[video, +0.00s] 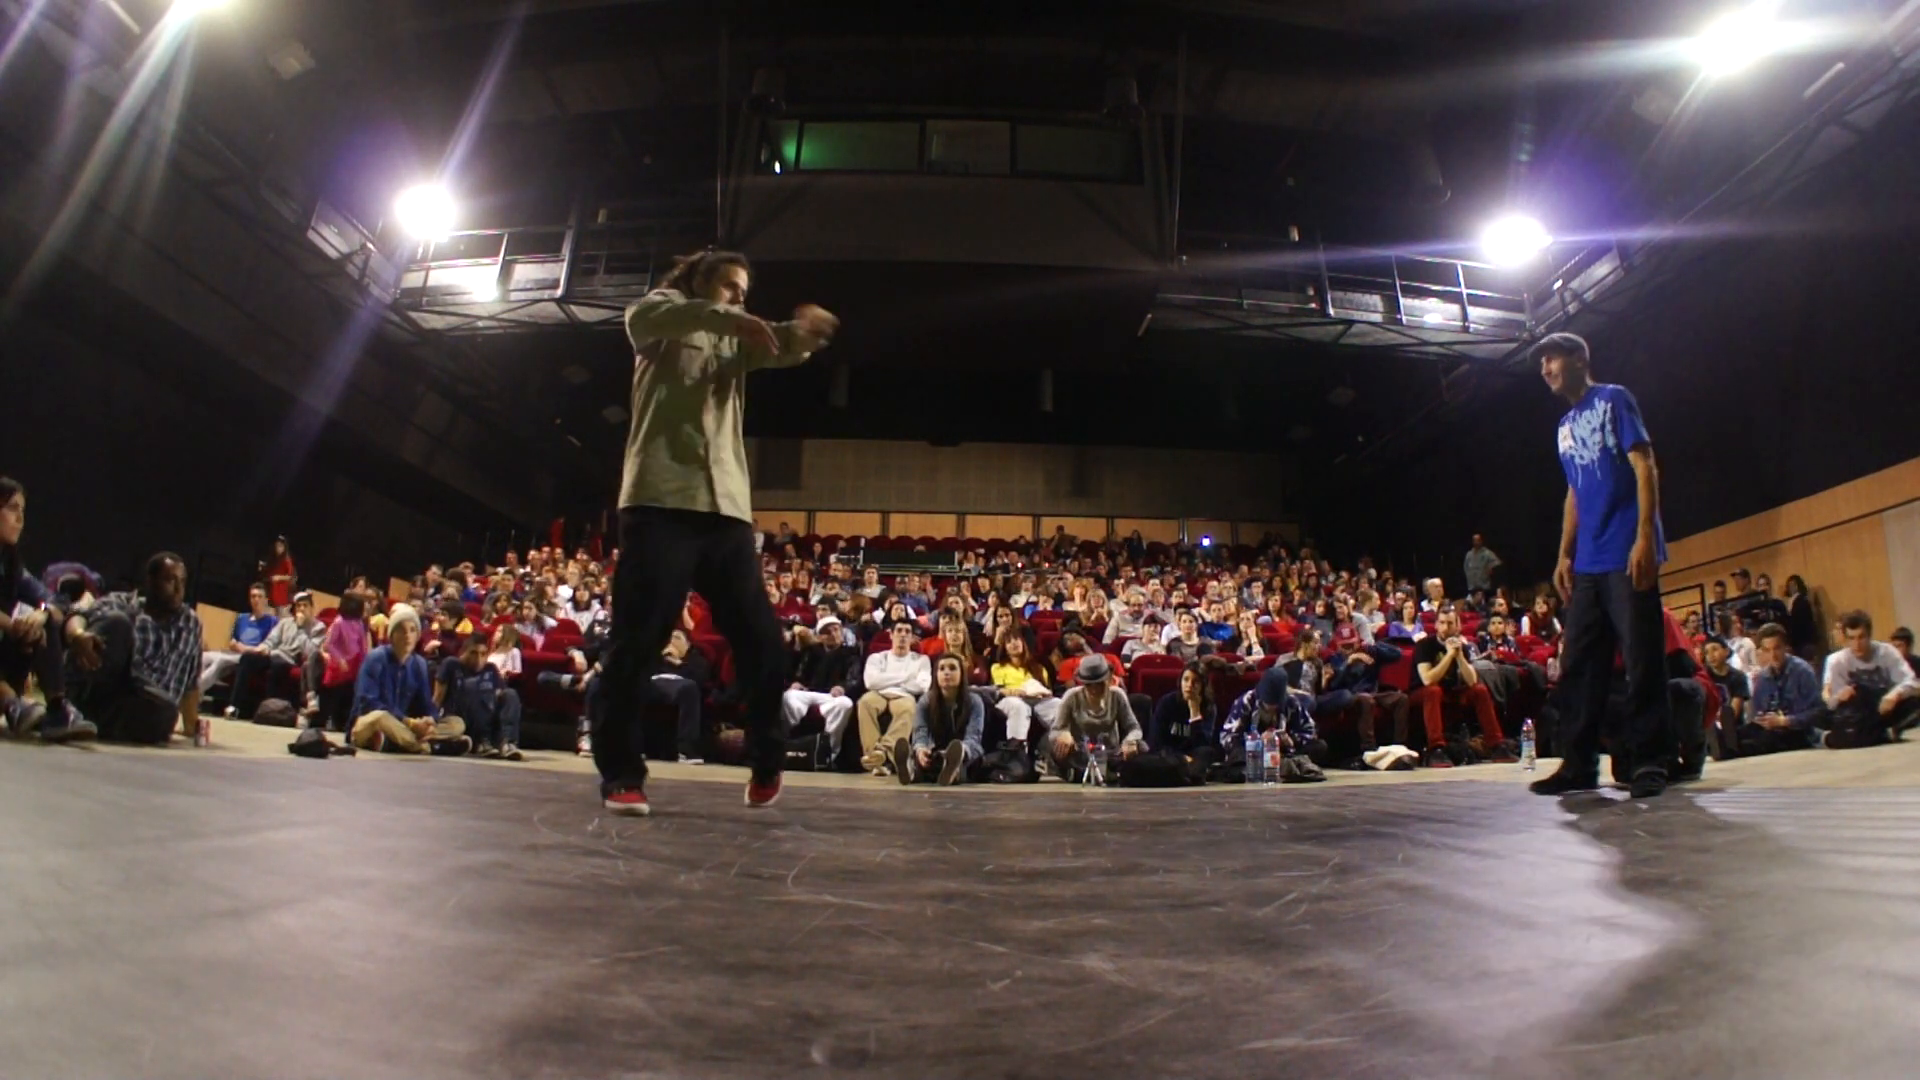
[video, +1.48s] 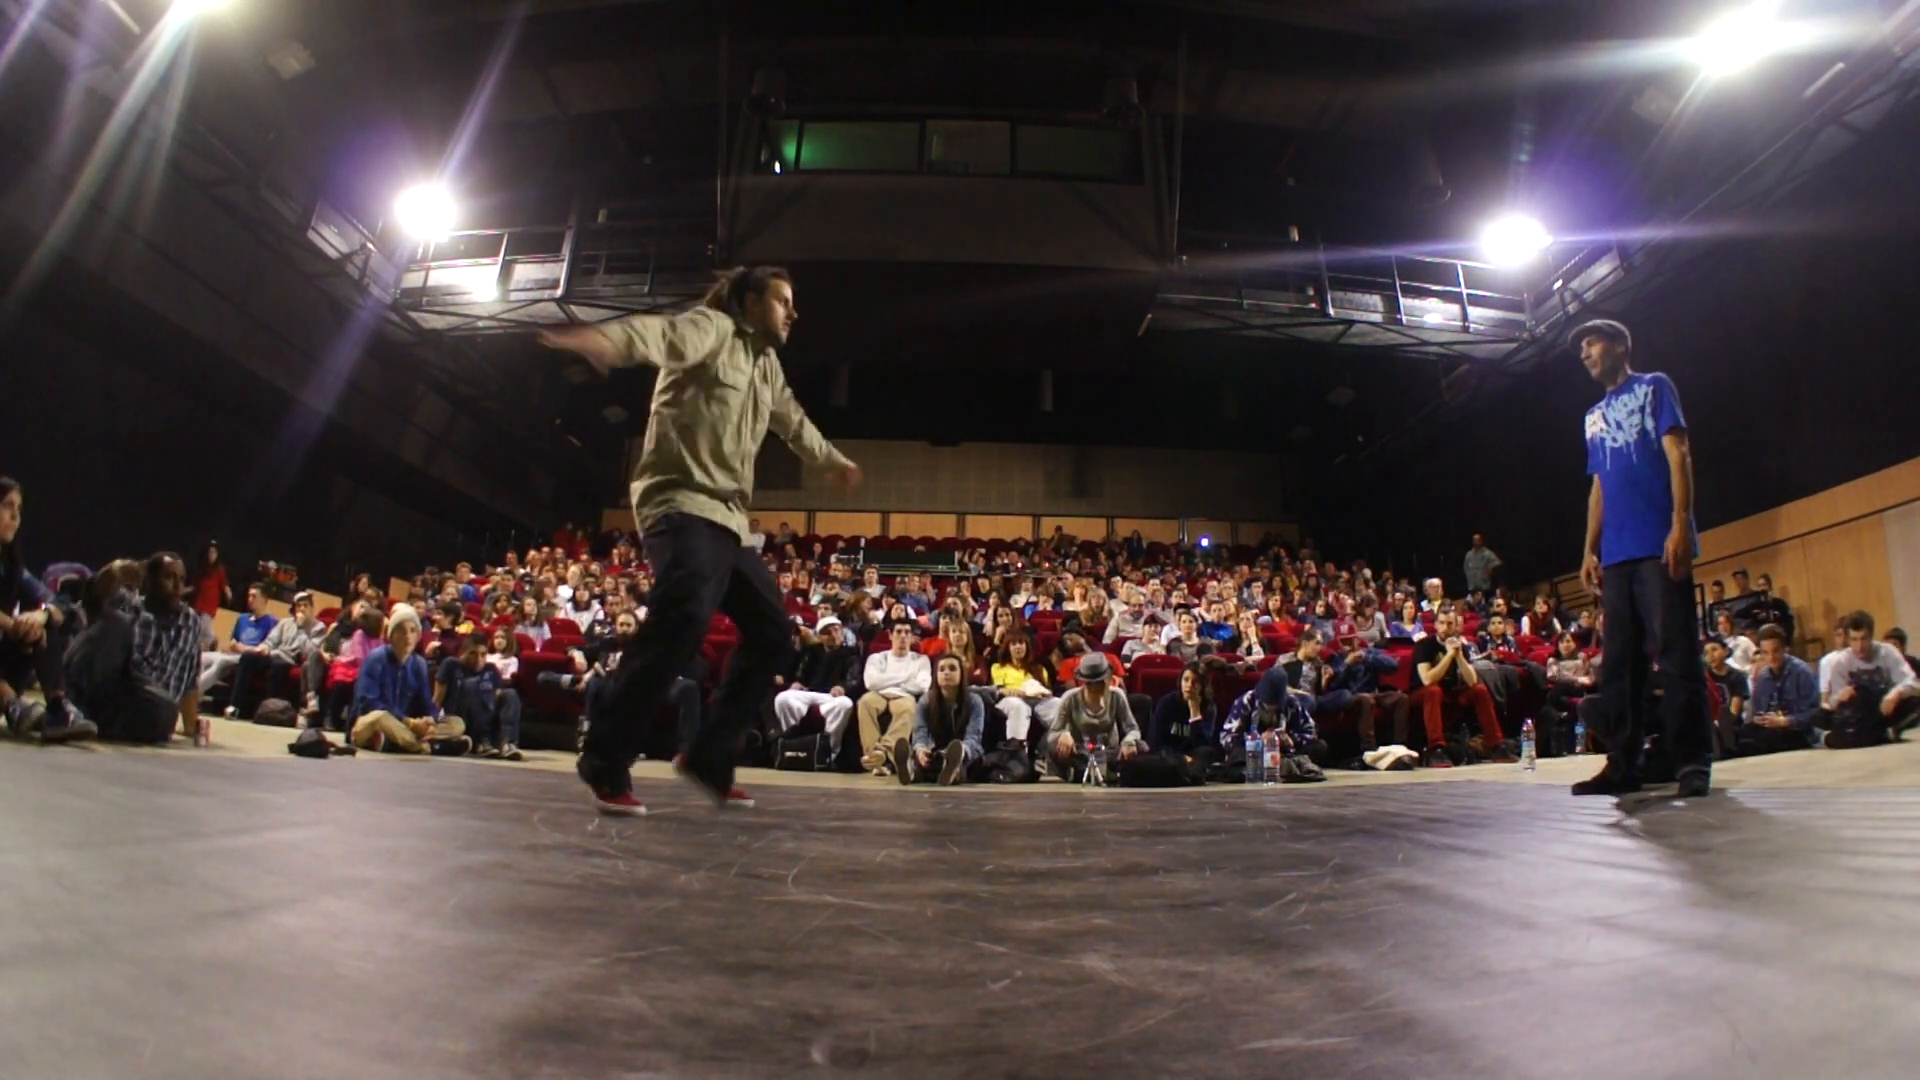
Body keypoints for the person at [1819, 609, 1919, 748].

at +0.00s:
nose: (1857, 643)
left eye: (1861, 637)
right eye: (1851, 638)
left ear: (1869, 636)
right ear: (1845, 639)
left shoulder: (1887, 652)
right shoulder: (1836, 661)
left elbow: (1911, 681)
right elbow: (1830, 702)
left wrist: (1894, 695)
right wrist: (1839, 696)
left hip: (1886, 703)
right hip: (1857, 705)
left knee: (1914, 704)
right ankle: (1884, 734)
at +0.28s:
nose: (1857, 643)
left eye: (1861, 637)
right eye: (1851, 638)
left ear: (1870, 635)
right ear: (1845, 638)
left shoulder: (1887, 652)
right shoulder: (1835, 662)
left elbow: (1911, 681)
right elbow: (1827, 702)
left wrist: (1894, 694)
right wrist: (1838, 697)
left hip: (1885, 704)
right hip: (1856, 707)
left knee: (1913, 704)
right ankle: (1884, 734)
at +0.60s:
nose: (1857, 643)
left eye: (1862, 637)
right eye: (1852, 638)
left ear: (1870, 636)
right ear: (1846, 638)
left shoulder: (1887, 652)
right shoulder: (1835, 662)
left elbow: (1911, 681)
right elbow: (1827, 703)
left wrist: (1894, 694)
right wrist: (1838, 697)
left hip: (1885, 704)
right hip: (1855, 706)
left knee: (1913, 703)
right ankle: (1884, 734)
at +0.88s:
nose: (1858, 644)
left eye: (1862, 638)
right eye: (1852, 639)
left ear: (1870, 636)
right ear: (1847, 639)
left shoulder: (1887, 652)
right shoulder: (1838, 662)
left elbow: (1911, 680)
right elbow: (1828, 703)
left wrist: (1894, 695)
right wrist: (1838, 697)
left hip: (1884, 705)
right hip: (1855, 706)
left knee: (1914, 703)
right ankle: (1824, 739)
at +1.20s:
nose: (1858, 645)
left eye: (1863, 639)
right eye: (1853, 640)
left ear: (1871, 637)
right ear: (1847, 639)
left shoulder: (1887, 652)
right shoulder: (1839, 661)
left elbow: (1910, 681)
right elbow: (1828, 703)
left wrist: (1894, 695)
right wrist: (1839, 697)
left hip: (1884, 705)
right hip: (1856, 707)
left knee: (1913, 704)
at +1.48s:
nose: (1859, 645)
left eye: (1864, 639)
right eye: (1854, 639)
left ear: (1871, 637)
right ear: (1848, 639)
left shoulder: (1887, 652)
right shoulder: (1840, 662)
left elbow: (1911, 681)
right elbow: (1831, 702)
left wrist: (1895, 694)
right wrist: (1839, 697)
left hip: (1885, 704)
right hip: (1857, 707)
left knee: (1913, 703)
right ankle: (1884, 734)